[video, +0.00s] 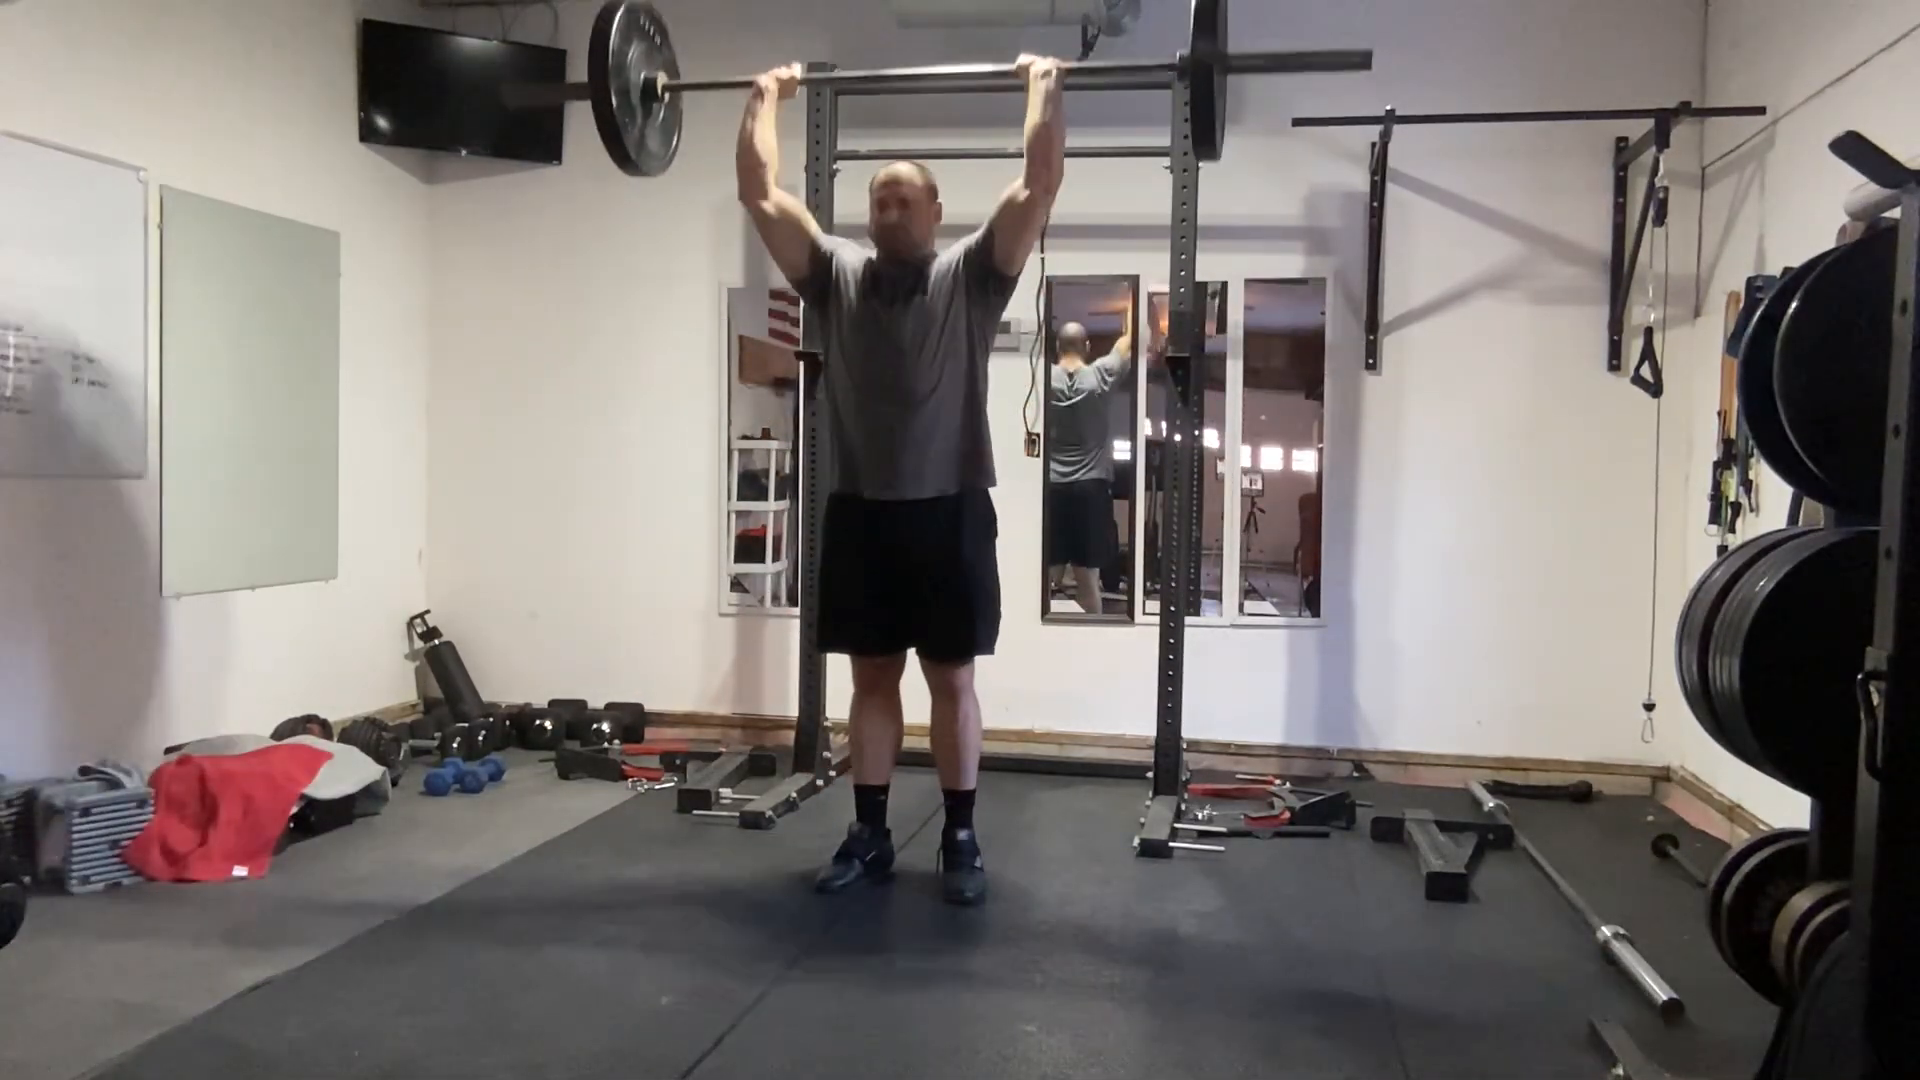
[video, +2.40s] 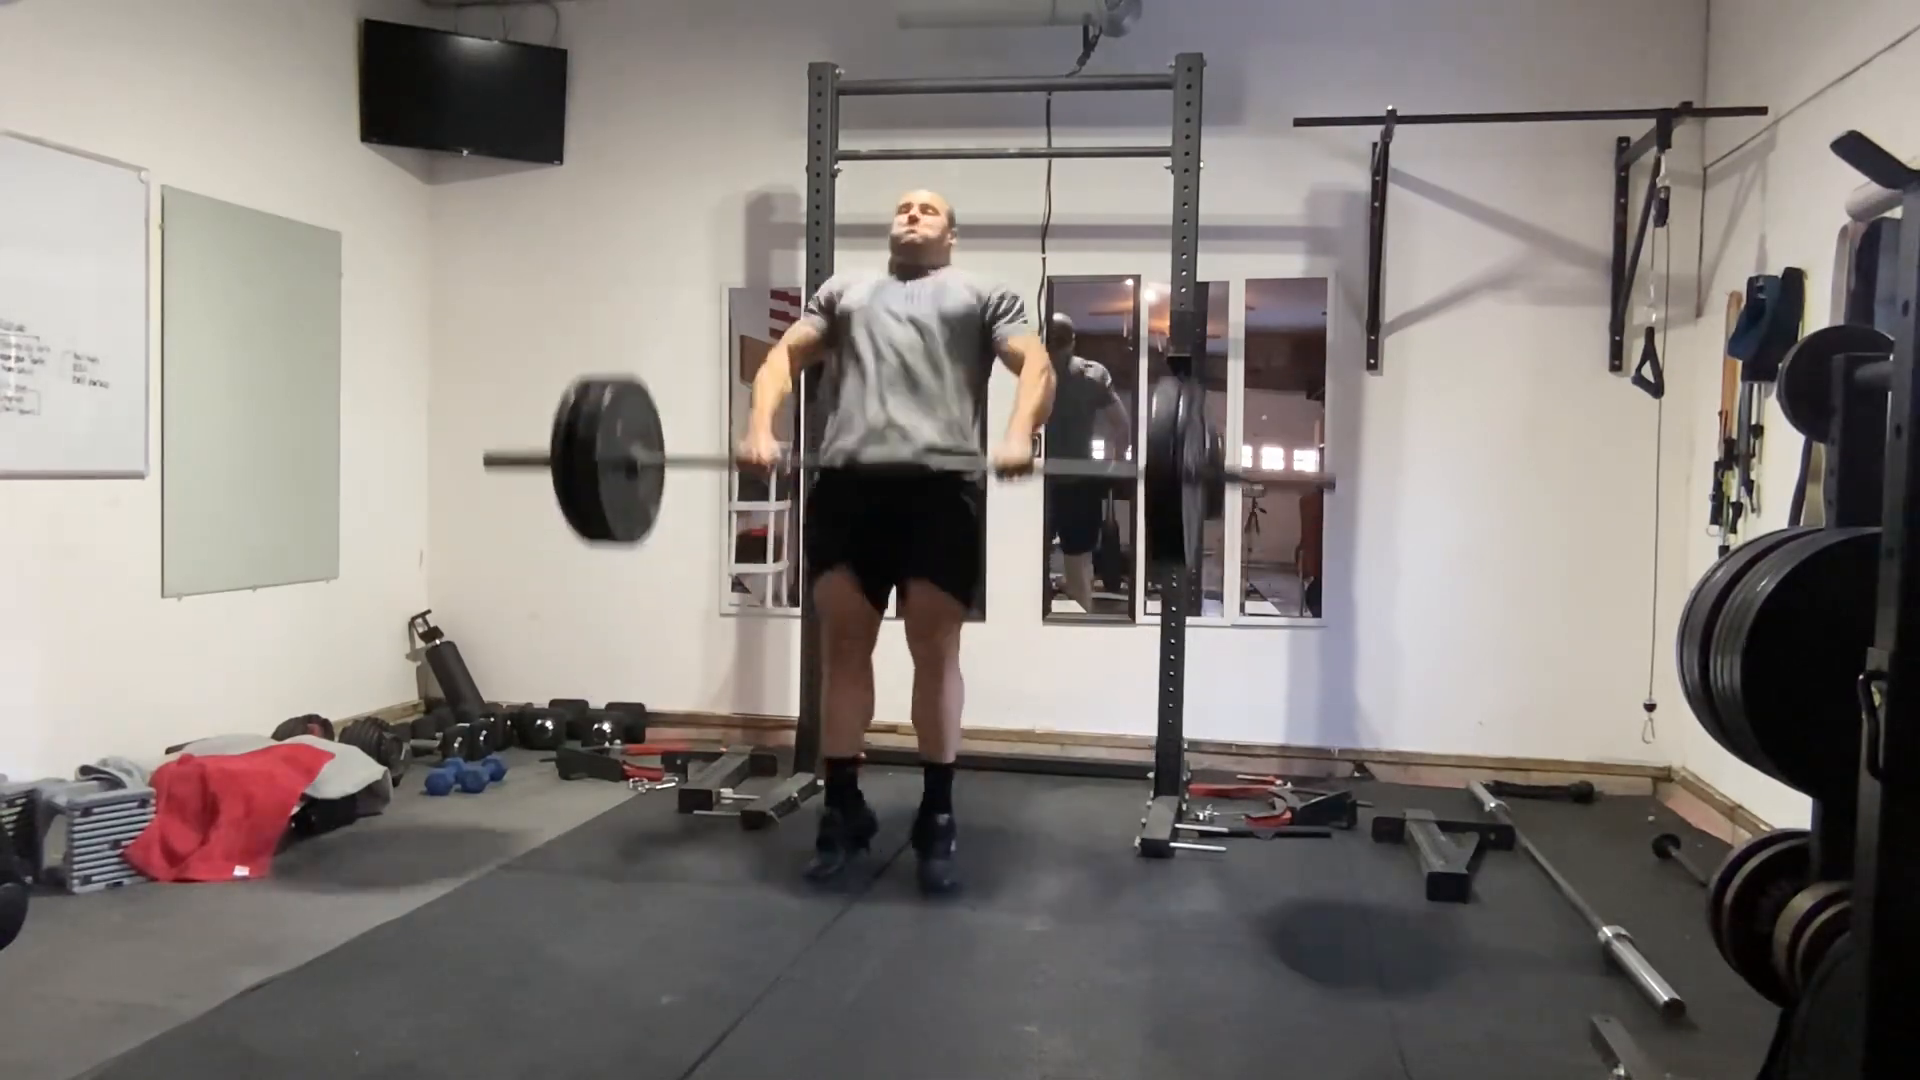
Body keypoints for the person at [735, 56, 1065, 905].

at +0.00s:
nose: (885, 204)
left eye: (901, 195)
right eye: (878, 196)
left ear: (936, 215)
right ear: (866, 216)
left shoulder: (973, 282)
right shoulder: (831, 283)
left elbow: (1038, 187)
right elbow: (760, 194)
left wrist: (1045, 84)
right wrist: (763, 93)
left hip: (949, 508)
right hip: (860, 509)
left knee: (950, 677)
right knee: (872, 675)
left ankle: (960, 839)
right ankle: (868, 839)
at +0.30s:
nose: (907, 219)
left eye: (922, 211)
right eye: (899, 212)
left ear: (953, 236)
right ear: (887, 233)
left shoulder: (967, 305)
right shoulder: (848, 305)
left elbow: (1028, 299)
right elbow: (754, 306)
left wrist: (1038, 209)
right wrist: (761, 216)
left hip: (946, 518)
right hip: (857, 516)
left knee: (949, 680)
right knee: (865, 680)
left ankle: (959, 841)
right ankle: (869, 838)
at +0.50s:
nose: (908, 219)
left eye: (926, 214)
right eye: (900, 213)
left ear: (954, 244)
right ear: (885, 241)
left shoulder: (972, 317)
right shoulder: (848, 320)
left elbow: (1017, 378)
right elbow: (774, 389)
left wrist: (1034, 291)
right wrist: (769, 301)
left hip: (948, 527)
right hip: (856, 524)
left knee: (950, 688)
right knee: (846, 684)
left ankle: (959, 841)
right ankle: (867, 840)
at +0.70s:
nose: (864, 459)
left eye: (877, 447)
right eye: (853, 445)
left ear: (905, 429)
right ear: (837, 432)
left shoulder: (958, 467)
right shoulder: (810, 470)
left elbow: (1013, 574)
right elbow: (779, 573)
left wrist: (1023, 689)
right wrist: (762, 675)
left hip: (956, 554)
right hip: (862, 555)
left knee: (965, 682)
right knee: (839, 672)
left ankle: (946, 828)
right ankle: (856, 829)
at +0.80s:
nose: (871, 387)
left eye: (884, 372)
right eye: (859, 372)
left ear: (914, 363)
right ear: (843, 367)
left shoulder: (962, 420)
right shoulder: (819, 420)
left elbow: (1019, 522)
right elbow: (782, 515)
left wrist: (1025, 634)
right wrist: (765, 619)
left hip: (962, 542)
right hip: (869, 539)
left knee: (963, 674)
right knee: (853, 669)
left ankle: (946, 826)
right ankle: (856, 827)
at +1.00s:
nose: (890, 254)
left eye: (902, 241)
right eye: (880, 242)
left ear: (934, 249)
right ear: (867, 252)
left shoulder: (977, 331)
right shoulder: (834, 330)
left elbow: (1038, 422)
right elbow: (787, 424)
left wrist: (1032, 525)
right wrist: (765, 517)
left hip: (959, 536)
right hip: (864, 533)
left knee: (952, 676)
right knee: (859, 668)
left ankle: (944, 830)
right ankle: (856, 826)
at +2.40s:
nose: (912, 216)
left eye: (926, 211)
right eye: (903, 211)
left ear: (950, 237)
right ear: (888, 235)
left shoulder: (979, 295)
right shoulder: (847, 292)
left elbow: (1037, 362)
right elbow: (782, 354)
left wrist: (1021, 431)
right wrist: (760, 425)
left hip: (940, 482)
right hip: (847, 480)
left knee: (934, 646)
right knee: (844, 647)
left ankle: (938, 816)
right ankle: (842, 808)